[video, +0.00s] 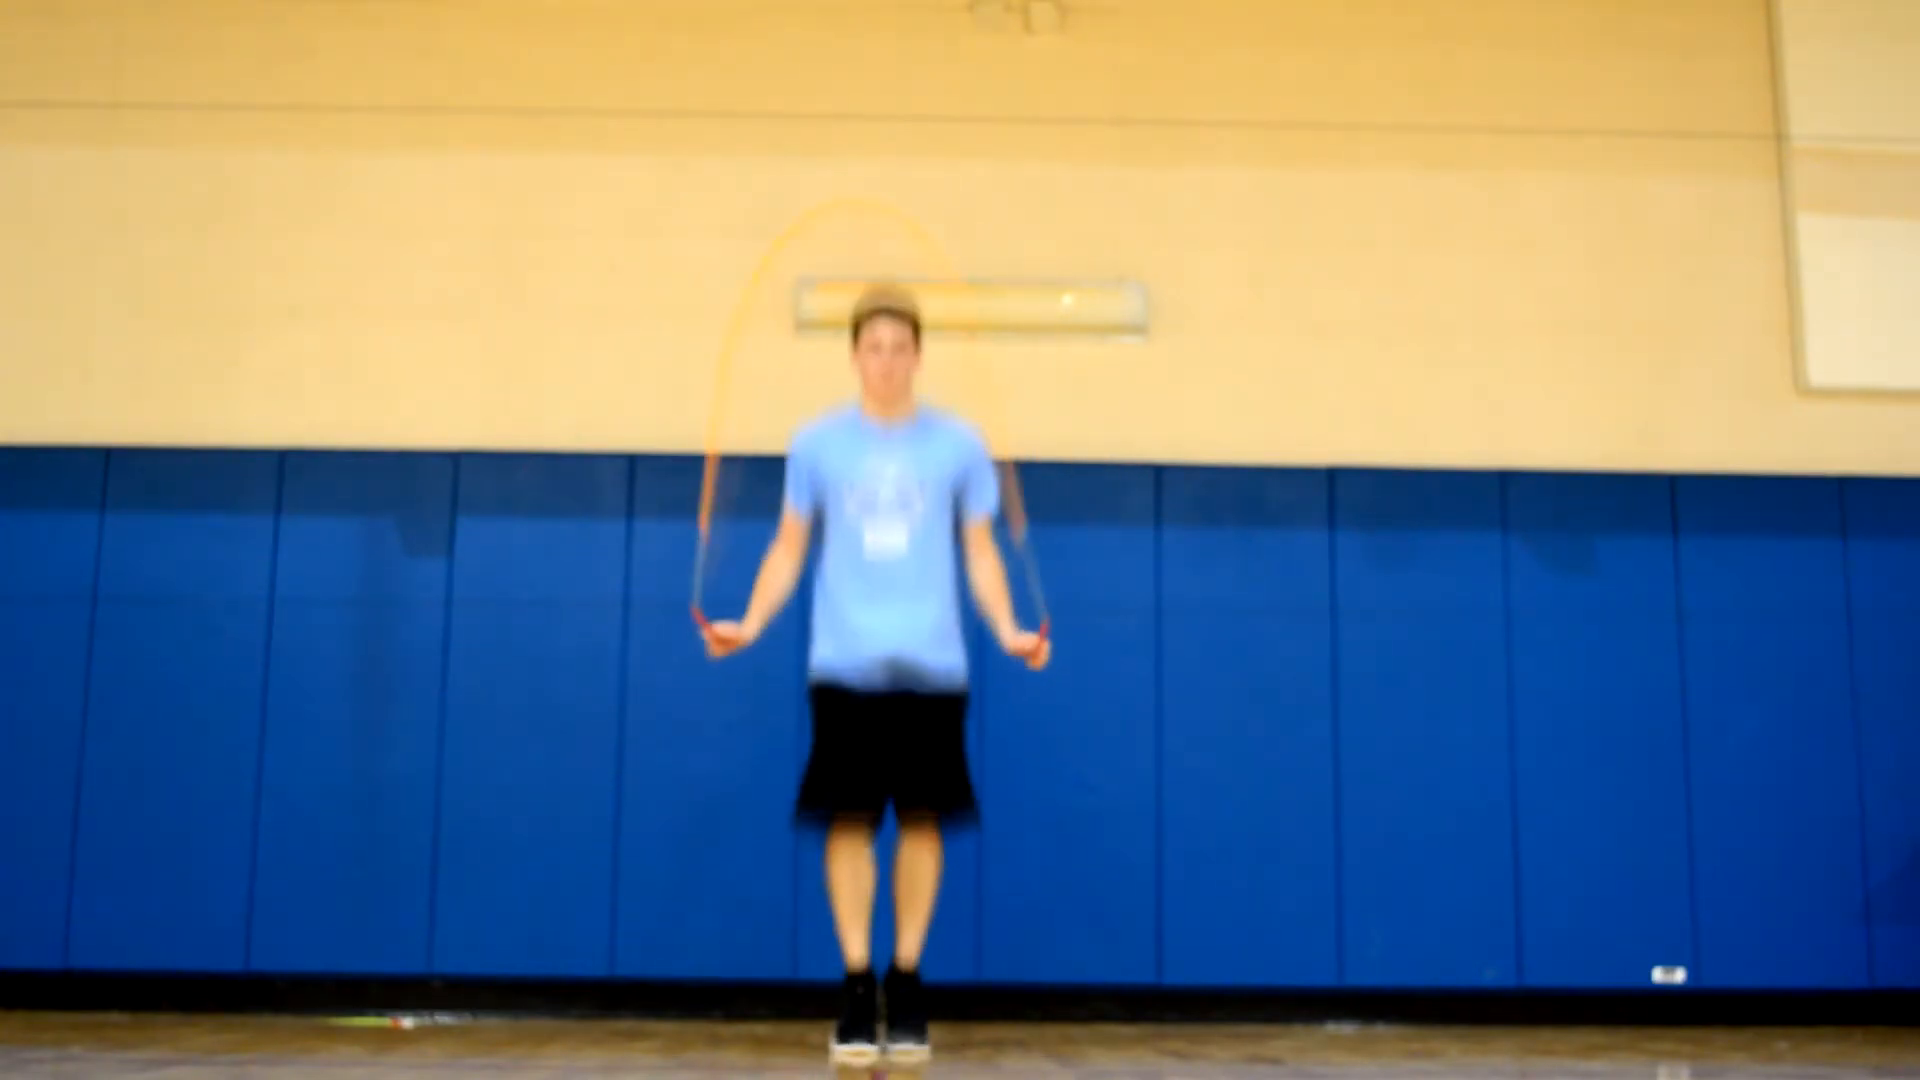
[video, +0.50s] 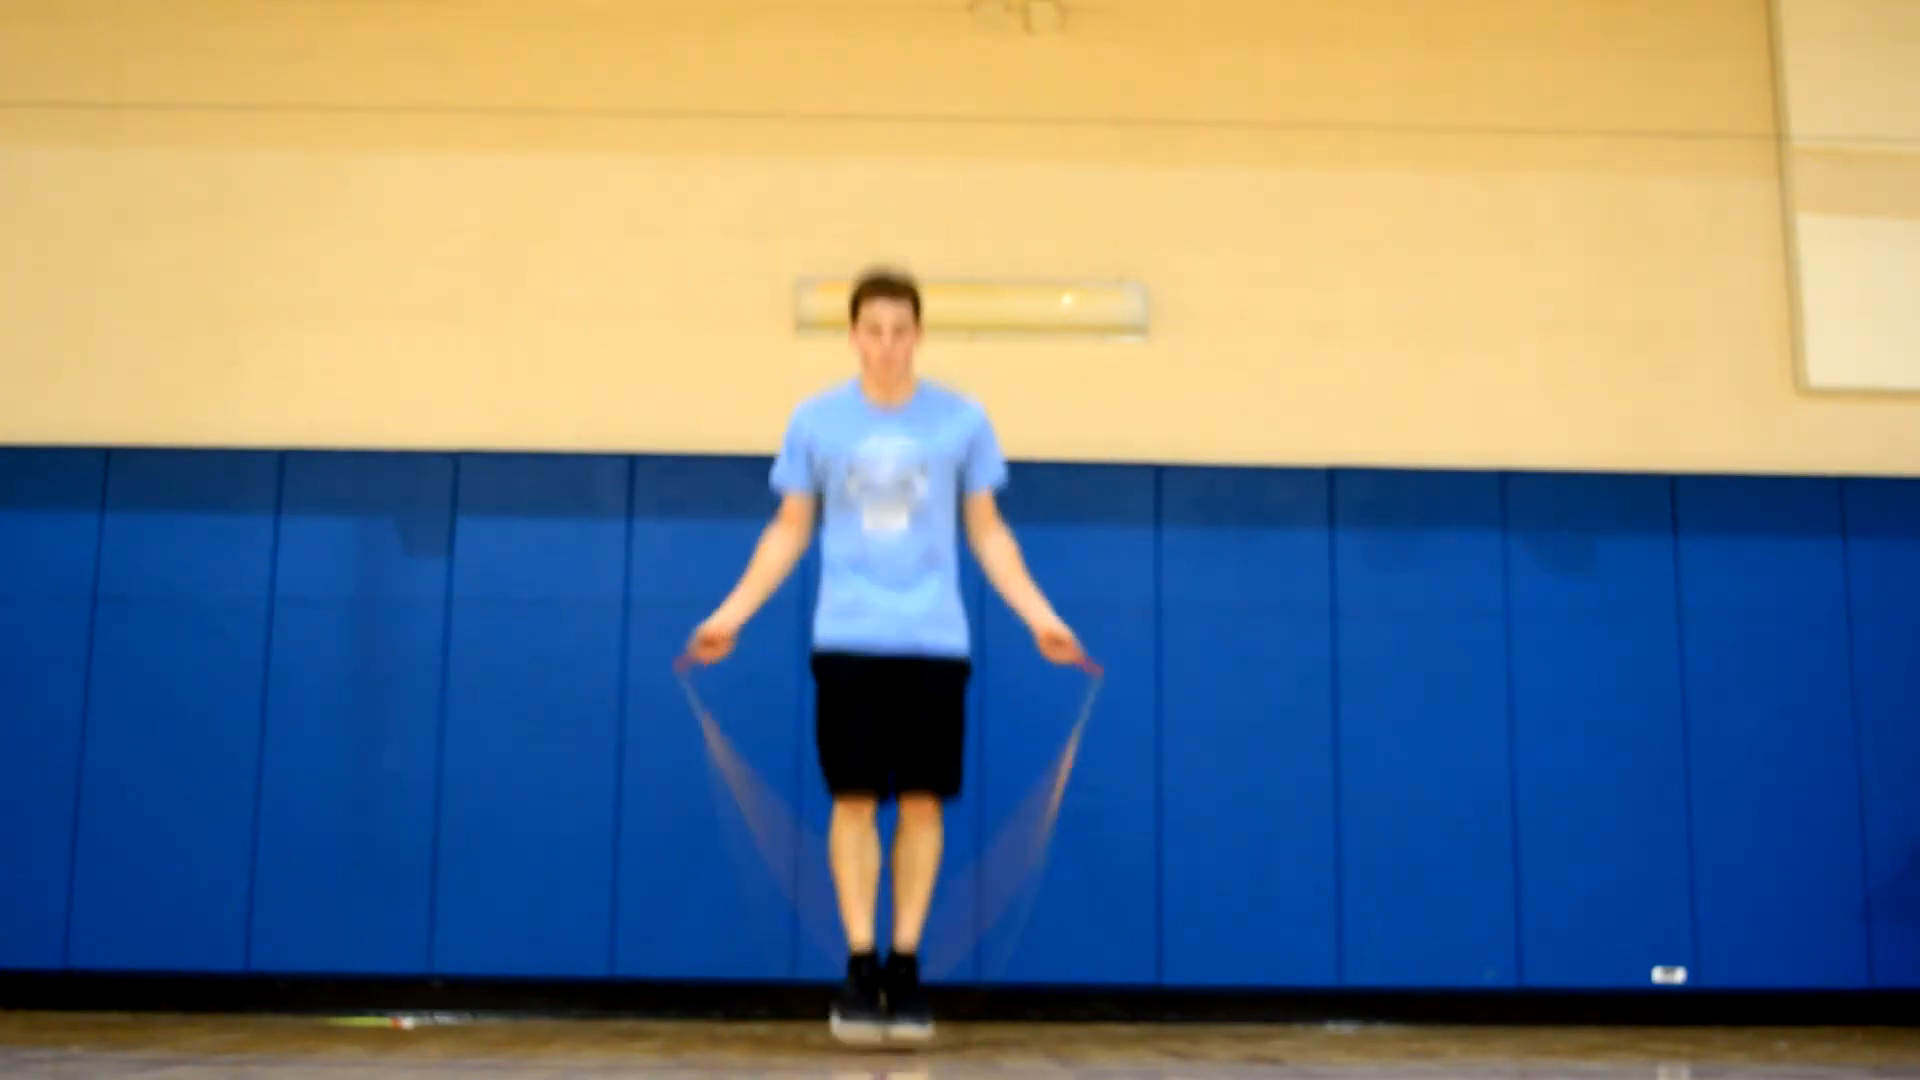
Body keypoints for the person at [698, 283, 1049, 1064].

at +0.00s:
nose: (887, 361)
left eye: (900, 348)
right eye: (874, 347)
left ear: (919, 357)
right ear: (854, 355)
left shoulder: (957, 443)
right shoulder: (819, 442)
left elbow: (980, 548)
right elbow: (789, 546)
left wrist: (1008, 629)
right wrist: (749, 624)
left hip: (931, 664)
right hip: (845, 664)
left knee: (922, 822)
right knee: (849, 821)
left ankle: (905, 985)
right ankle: (857, 987)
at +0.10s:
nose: (887, 332)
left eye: (900, 319)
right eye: (875, 318)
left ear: (918, 330)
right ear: (853, 328)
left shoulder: (958, 416)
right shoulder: (818, 417)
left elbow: (983, 522)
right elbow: (790, 522)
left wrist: (1012, 614)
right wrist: (754, 612)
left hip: (932, 634)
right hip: (846, 634)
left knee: (917, 796)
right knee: (854, 795)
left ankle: (905, 959)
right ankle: (859, 962)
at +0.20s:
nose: (887, 320)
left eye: (899, 307)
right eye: (874, 306)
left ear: (918, 316)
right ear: (853, 315)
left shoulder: (959, 403)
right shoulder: (818, 403)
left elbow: (985, 513)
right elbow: (791, 511)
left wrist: (1022, 609)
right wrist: (751, 607)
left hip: (932, 618)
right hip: (848, 616)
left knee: (915, 785)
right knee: (856, 783)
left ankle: (904, 951)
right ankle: (864, 950)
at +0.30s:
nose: (887, 315)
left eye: (899, 302)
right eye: (874, 302)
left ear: (918, 311)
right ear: (852, 311)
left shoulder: (960, 399)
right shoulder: (818, 399)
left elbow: (987, 511)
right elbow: (790, 510)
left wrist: (1032, 608)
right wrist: (744, 609)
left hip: (932, 614)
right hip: (848, 613)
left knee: (916, 780)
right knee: (856, 779)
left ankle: (903, 949)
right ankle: (865, 949)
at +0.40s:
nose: (886, 322)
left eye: (899, 309)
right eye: (873, 308)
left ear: (918, 316)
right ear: (853, 316)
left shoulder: (960, 403)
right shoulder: (818, 403)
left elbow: (988, 515)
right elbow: (789, 514)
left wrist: (1037, 606)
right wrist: (737, 608)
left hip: (933, 621)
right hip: (847, 620)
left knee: (918, 785)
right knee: (855, 783)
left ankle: (904, 955)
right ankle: (863, 953)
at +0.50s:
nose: (886, 343)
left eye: (899, 330)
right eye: (873, 330)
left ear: (919, 336)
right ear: (853, 336)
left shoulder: (960, 419)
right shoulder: (819, 419)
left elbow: (987, 530)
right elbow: (789, 530)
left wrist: (1042, 620)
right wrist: (728, 618)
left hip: (934, 639)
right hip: (848, 638)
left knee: (920, 801)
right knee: (854, 799)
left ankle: (904, 971)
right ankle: (861, 970)